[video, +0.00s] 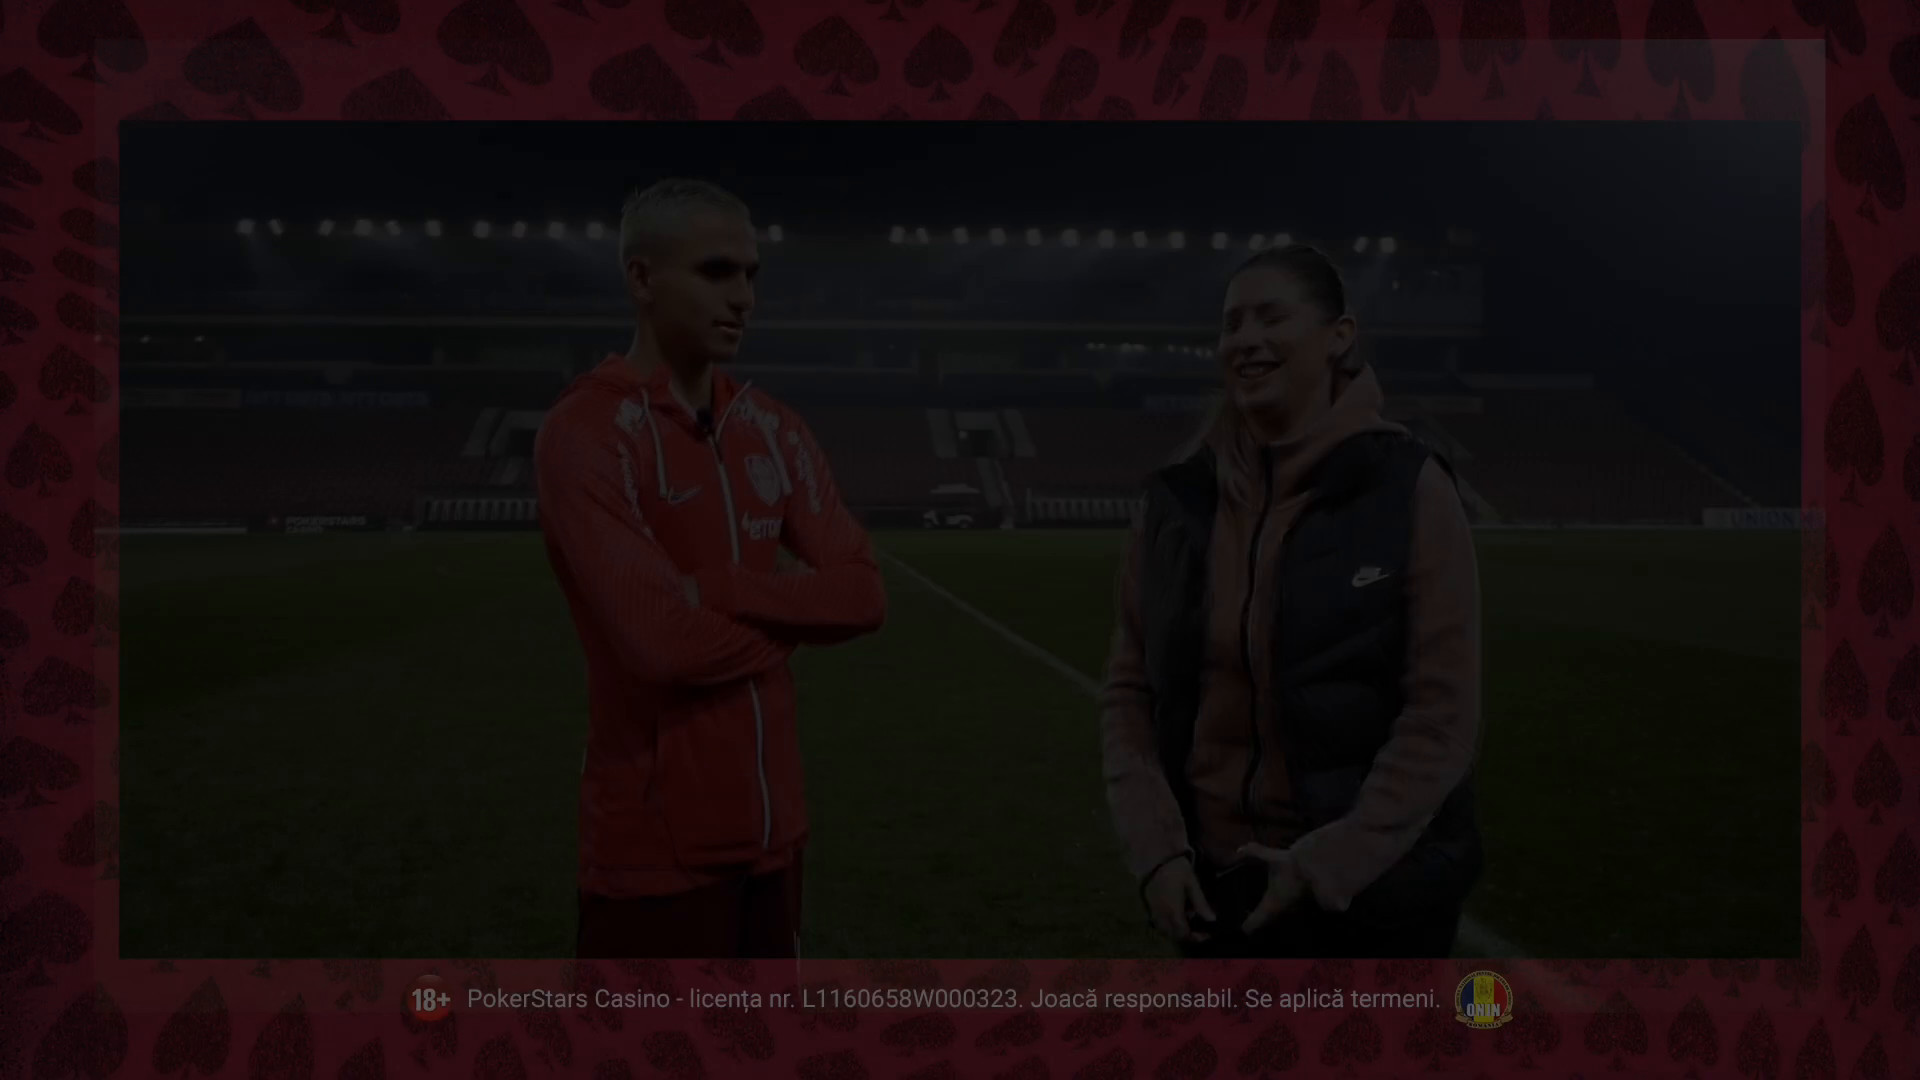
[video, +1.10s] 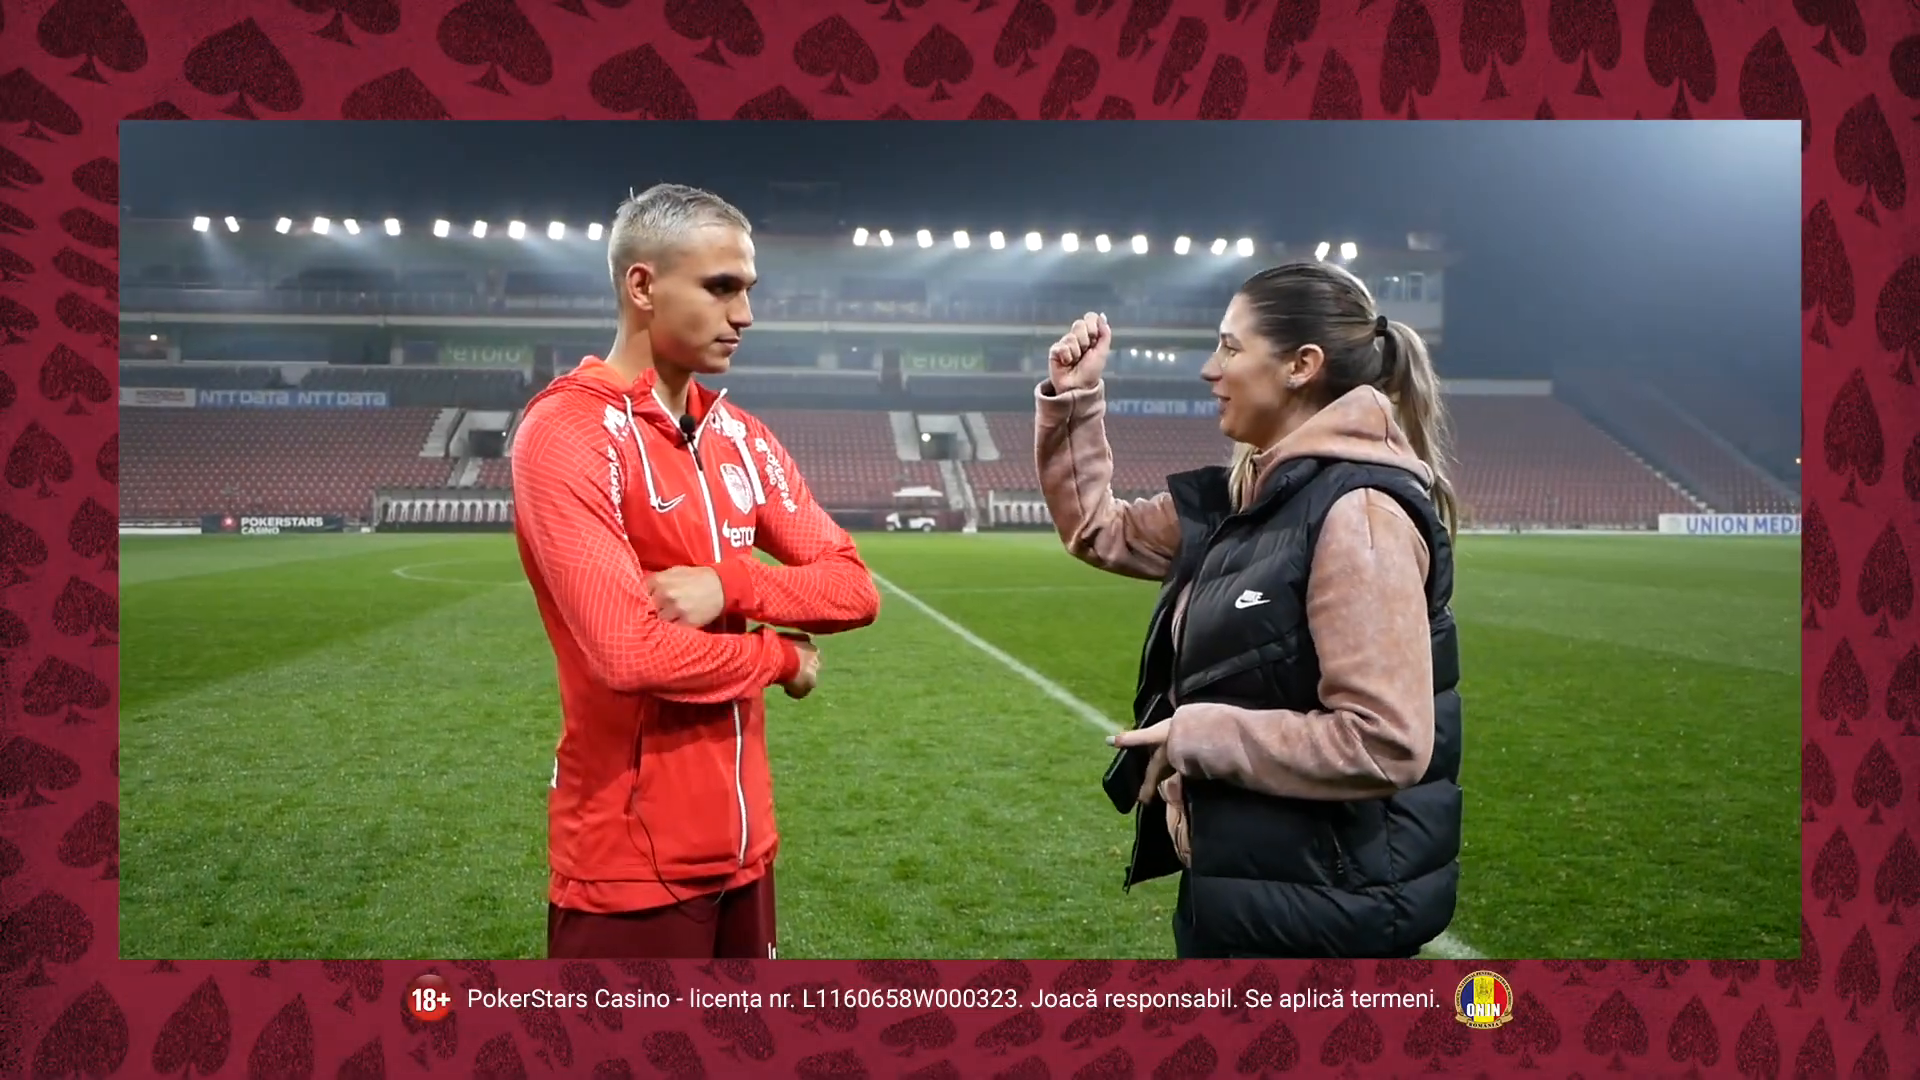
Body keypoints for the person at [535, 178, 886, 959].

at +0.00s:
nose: (741, 297)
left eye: (750, 276)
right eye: (717, 273)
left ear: (758, 281)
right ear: (642, 278)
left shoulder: (773, 427)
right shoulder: (584, 433)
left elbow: (861, 596)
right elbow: (658, 646)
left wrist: (713, 591)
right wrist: (791, 617)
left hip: (769, 821)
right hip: (651, 830)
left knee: (761, 1051)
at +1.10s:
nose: (744, 314)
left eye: (748, 291)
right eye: (722, 287)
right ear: (641, 288)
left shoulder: (739, 433)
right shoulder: (563, 433)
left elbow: (854, 587)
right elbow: (629, 651)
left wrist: (730, 584)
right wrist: (779, 655)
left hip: (741, 840)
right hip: (629, 851)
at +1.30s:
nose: (763, 328)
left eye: (766, 304)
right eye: (744, 299)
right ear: (666, 290)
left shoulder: (735, 436)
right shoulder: (568, 436)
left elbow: (794, 591)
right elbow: (709, 598)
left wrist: (801, 637)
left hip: (743, 843)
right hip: (633, 855)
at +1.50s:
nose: (778, 333)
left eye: (778, 310)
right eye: (759, 304)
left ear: (690, 300)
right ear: (683, 296)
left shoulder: (710, 434)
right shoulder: (605, 431)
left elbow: (734, 621)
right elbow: (832, 531)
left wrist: (786, 680)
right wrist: (845, 343)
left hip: (735, 856)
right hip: (645, 870)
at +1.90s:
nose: (772, 319)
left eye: (774, 295)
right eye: (753, 290)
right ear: (675, 291)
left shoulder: (711, 430)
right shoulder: (613, 426)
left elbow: (742, 610)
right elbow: (821, 552)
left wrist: (795, 669)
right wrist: (925, 413)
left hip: (741, 848)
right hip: (658, 860)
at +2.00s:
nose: (771, 314)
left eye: (772, 293)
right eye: (750, 287)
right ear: (671, 291)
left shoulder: (731, 442)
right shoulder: (608, 435)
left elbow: (761, 607)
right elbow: (745, 610)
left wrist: (810, 660)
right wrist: (882, 503)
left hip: (752, 847)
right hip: (659, 860)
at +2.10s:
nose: (772, 316)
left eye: (773, 294)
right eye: (750, 290)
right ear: (671, 294)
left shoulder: (742, 443)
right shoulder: (603, 434)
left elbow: (803, 600)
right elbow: (670, 636)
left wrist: (758, 663)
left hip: (758, 849)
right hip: (660, 862)